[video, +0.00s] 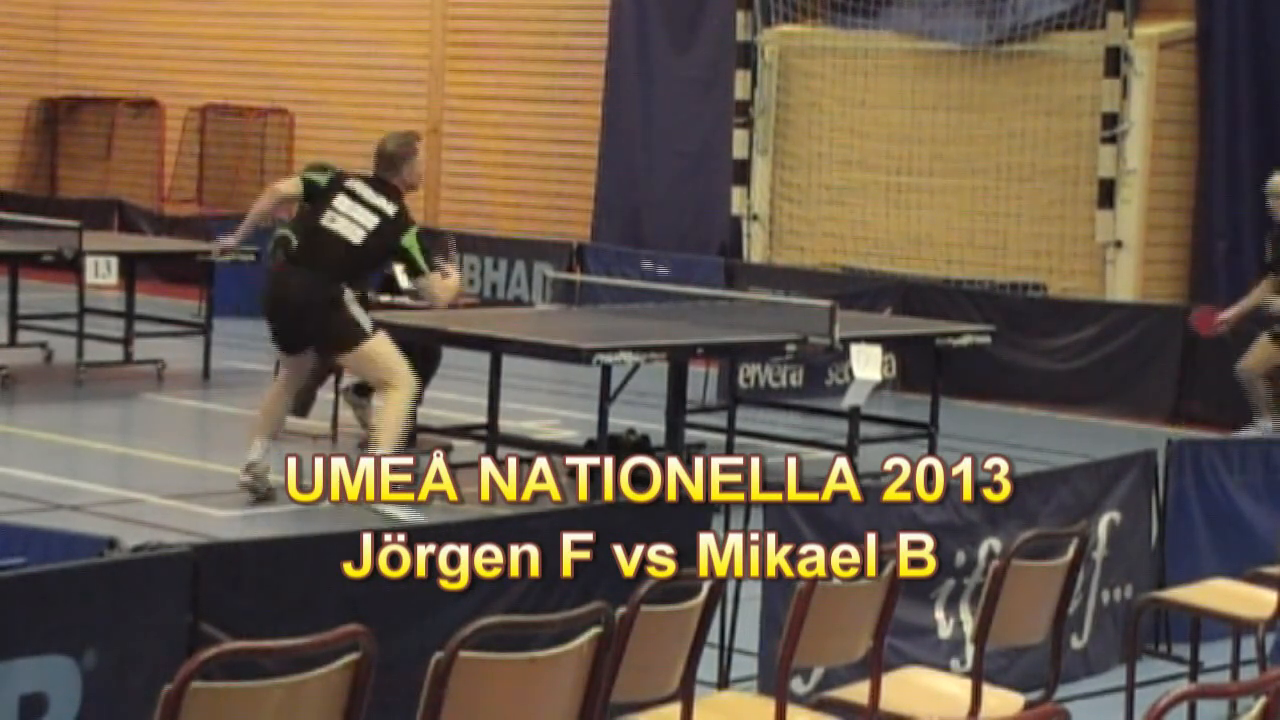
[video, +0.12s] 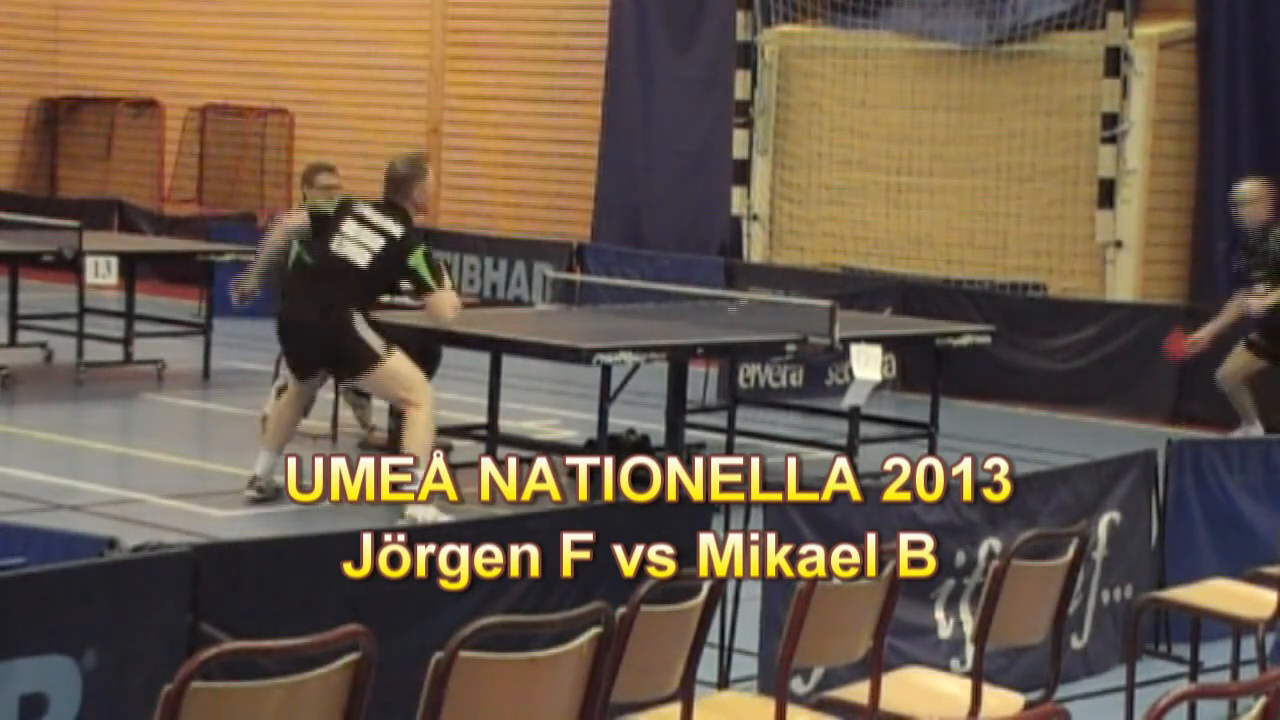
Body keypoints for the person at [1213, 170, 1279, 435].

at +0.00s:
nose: (1271, 204)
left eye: (1274, 198)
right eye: (1270, 198)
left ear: (1279, 201)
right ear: (1268, 201)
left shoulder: (1274, 238)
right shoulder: (1273, 237)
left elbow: (1269, 284)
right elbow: (1269, 284)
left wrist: (1232, 314)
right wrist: (1231, 314)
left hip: (1276, 330)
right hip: (1275, 329)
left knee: (1249, 369)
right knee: (1248, 368)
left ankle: (1267, 421)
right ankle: (1267, 421)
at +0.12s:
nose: (1239, 212)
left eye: (1247, 204)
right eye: (1237, 205)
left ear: (1268, 206)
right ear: (1234, 208)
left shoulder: (1274, 242)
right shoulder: (1249, 246)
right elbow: (1243, 297)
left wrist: (1267, 300)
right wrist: (1204, 335)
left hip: (1275, 329)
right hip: (1270, 329)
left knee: (1231, 375)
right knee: (1227, 375)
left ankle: (1252, 427)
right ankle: (1252, 427)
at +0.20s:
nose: (1212, 220)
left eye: (1220, 212)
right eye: (1210, 213)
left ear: (1241, 214)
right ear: (1207, 217)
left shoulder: (1262, 246)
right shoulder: (1226, 255)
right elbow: (1214, 309)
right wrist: (1177, 350)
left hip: (1273, 335)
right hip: (1253, 335)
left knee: (1269, 403)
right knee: (1218, 379)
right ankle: (1250, 426)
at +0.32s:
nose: (1178, 232)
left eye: (1185, 223)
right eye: (1174, 225)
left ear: (1202, 224)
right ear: (1170, 229)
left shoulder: (1230, 251)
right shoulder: (1188, 269)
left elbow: (1273, 256)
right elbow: (1175, 323)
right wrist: (1136, 368)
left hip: (1255, 329)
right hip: (1220, 334)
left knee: (1214, 361)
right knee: (1203, 393)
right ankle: (1250, 436)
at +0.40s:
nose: (1157, 235)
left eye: (1163, 226)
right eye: (1153, 228)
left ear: (1180, 228)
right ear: (1148, 233)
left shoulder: (1209, 253)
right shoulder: (1161, 274)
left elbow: (1259, 256)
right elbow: (1150, 329)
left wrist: (1277, 267)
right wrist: (1115, 372)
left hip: (1240, 332)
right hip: (1204, 336)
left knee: (1190, 352)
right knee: (1200, 402)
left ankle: (1161, 424)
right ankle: (1252, 432)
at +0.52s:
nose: (1110, 253)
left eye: (1117, 244)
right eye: (1107, 247)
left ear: (1140, 244)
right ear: (1107, 251)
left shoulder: (1174, 269)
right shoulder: (1121, 289)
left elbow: (1223, 279)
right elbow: (1107, 343)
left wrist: (1258, 314)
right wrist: (1070, 388)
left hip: (1206, 343)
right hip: (1170, 348)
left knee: (1150, 369)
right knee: (1181, 415)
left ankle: (1111, 440)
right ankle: (1245, 436)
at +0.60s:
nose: (1087, 267)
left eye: (1094, 260)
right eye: (1085, 261)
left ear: (1116, 260)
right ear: (1086, 265)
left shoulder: (1150, 282)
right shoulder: (1099, 304)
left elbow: (1202, 300)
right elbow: (1074, 354)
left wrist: (1228, 342)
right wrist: (1033, 393)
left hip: (1190, 349)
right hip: (1156, 354)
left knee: (1135, 365)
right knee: (1170, 425)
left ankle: (1107, 440)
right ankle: (1239, 442)